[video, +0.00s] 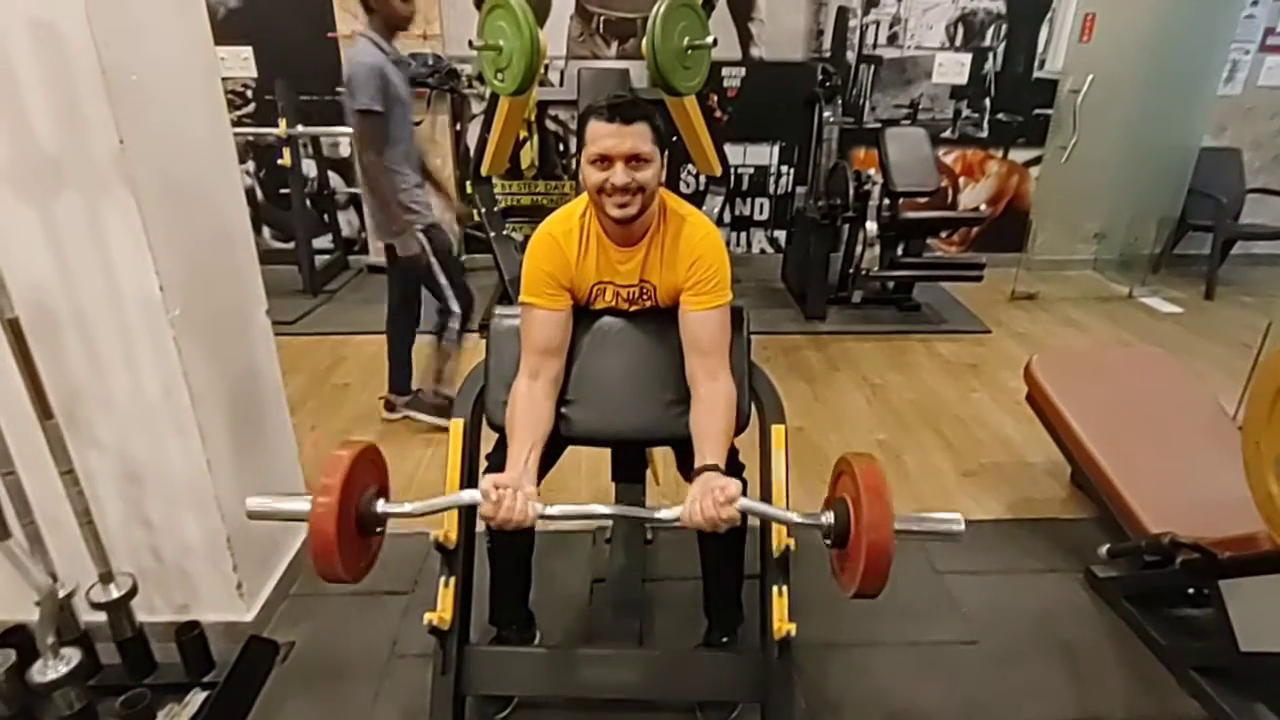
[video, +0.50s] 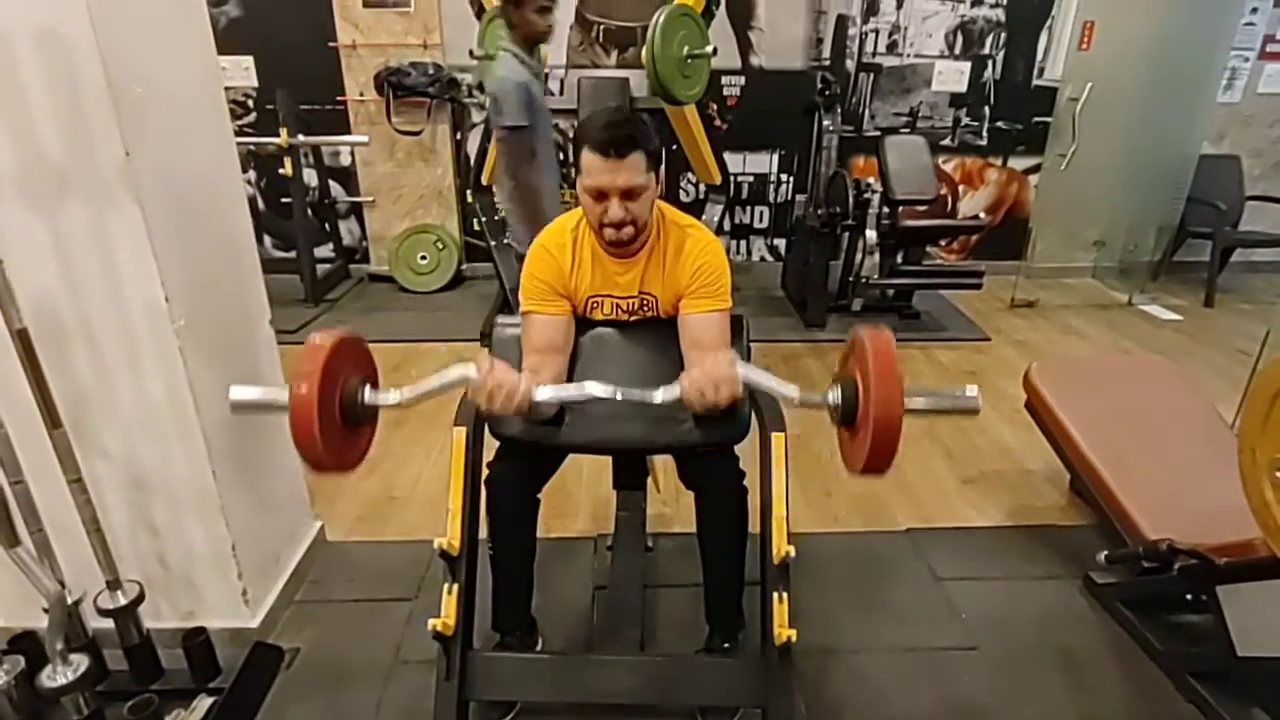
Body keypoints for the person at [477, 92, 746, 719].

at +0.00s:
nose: (620, 178)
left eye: (636, 162)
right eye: (602, 163)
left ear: (661, 167)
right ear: (581, 168)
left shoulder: (696, 241)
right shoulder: (553, 242)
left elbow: (710, 372)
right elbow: (536, 372)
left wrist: (711, 468)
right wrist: (518, 472)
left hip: (674, 367)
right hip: (577, 367)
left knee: (720, 477)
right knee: (508, 469)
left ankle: (723, 637)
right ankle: (511, 630)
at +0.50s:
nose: (617, 212)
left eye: (631, 194)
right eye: (600, 196)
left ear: (656, 183)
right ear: (577, 187)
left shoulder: (696, 249)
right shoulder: (551, 251)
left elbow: (710, 357)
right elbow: (544, 366)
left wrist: (712, 381)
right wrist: (516, 389)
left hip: (671, 392)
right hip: (579, 393)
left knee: (720, 475)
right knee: (508, 478)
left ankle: (725, 636)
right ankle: (514, 636)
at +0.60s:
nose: (616, 218)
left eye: (631, 199)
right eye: (600, 201)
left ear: (656, 185)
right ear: (577, 188)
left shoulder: (695, 249)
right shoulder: (552, 251)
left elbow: (710, 364)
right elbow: (545, 377)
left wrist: (713, 375)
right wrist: (518, 386)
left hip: (671, 393)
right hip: (578, 394)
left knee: (720, 477)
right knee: (508, 480)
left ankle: (725, 636)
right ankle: (515, 637)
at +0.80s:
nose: (617, 231)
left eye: (633, 214)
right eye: (600, 215)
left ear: (656, 196)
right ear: (580, 197)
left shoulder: (693, 250)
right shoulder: (553, 252)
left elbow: (708, 401)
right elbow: (542, 405)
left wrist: (708, 337)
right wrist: (523, 338)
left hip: (669, 394)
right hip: (578, 391)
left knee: (723, 484)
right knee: (508, 485)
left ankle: (724, 641)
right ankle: (514, 638)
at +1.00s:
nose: (617, 232)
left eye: (633, 216)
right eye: (600, 217)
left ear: (655, 197)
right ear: (580, 201)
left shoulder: (689, 248)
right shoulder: (555, 249)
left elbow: (708, 400)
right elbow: (542, 403)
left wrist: (710, 304)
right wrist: (526, 303)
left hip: (667, 380)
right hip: (576, 379)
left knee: (720, 479)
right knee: (507, 482)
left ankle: (723, 640)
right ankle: (513, 640)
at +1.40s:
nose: (617, 221)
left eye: (632, 204)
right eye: (601, 205)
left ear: (657, 187)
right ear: (579, 190)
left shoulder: (693, 246)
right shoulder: (553, 247)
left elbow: (708, 394)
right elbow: (543, 394)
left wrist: (701, 283)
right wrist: (530, 277)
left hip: (671, 388)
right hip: (579, 387)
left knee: (720, 481)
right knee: (511, 481)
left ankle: (726, 640)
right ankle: (516, 637)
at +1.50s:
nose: (625, 227)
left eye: (639, 211)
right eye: (608, 213)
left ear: (659, 190)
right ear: (581, 194)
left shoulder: (695, 249)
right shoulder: (555, 250)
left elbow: (709, 396)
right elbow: (543, 397)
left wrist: (704, 290)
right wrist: (530, 284)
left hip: (672, 388)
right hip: (580, 387)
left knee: (721, 481)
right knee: (511, 479)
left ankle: (726, 640)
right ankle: (516, 636)